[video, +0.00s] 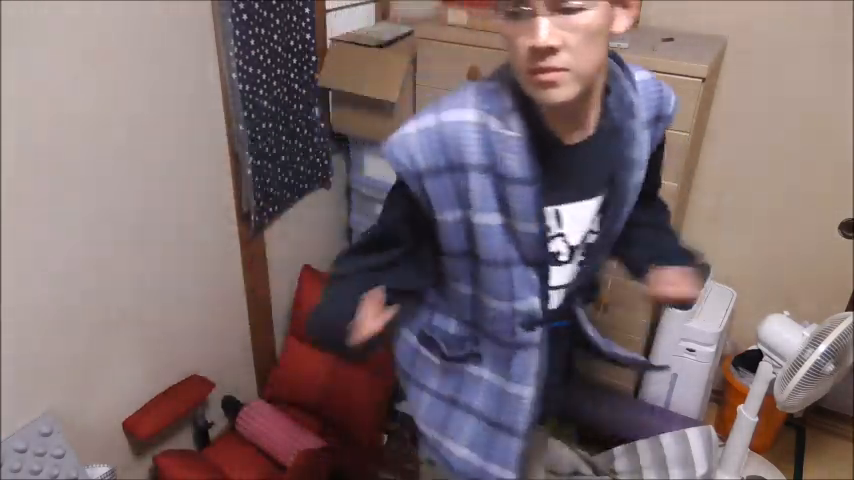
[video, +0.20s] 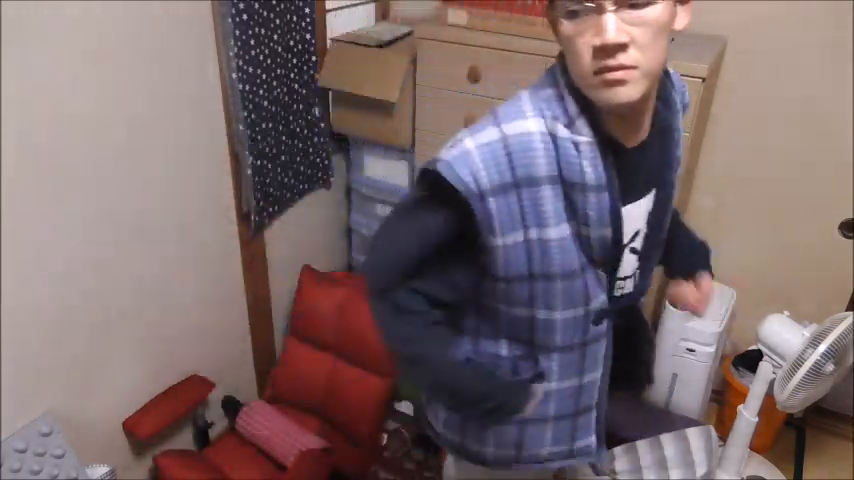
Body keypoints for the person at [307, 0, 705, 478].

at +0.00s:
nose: (542, 39)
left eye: (569, 10)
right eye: (520, 14)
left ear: (621, 15)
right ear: (500, 24)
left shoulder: (643, 106)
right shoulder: (448, 145)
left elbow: (639, 205)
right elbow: (387, 254)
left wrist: (665, 260)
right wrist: (339, 323)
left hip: (556, 340)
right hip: (467, 361)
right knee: (469, 469)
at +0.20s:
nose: (610, 36)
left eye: (635, 5)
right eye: (580, 11)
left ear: (680, 12)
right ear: (553, 25)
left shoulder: (666, 105)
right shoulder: (488, 167)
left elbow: (637, 199)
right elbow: (396, 293)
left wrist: (685, 255)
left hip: (590, 405)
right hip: (504, 434)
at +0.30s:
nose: (632, 47)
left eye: (656, 13)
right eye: (600, 23)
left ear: (698, 15)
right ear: (570, 39)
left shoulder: (674, 113)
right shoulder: (524, 170)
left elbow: (649, 187)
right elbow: (416, 281)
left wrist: (711, 190)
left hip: (596, 406)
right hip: (517, 440)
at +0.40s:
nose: (648, 62)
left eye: (673, 26)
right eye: (615, 36)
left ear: (718, 27)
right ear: (586, 50)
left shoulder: (697, 116)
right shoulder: (535, 185)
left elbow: (696, 196)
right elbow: (425, 278)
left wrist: (810, 193)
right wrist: (437, 319)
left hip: (614, 413)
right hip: (529, 450)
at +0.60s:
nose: (638, 121)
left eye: (663, 86)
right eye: (609, 96)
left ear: (717, 80)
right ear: (586, 101)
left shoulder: (740, 152)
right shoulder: (531, 227)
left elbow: (741, 302)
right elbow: (413, 324)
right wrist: (286, 378)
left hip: (672, 422)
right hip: (554, 443)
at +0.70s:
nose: (590, 131)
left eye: (620, 101)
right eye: (566, 104)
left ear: (679, 101)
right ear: (545, 109)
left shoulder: (738, 176)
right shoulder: (498, 225)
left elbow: (708, 337)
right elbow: (405, 338)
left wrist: (618, 431)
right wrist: (285, 396)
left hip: (671, 439)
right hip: (531, 444)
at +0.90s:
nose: (505, 90)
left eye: (534, 63)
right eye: (489, 62)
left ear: (596, 68)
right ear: (473, 64)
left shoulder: (680, 189)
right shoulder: (470, 152)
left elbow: (734, 339)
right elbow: (427, 255)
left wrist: (728, 451)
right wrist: (406, 332)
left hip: (628, 444)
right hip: (515, 409)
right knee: (468, 470)